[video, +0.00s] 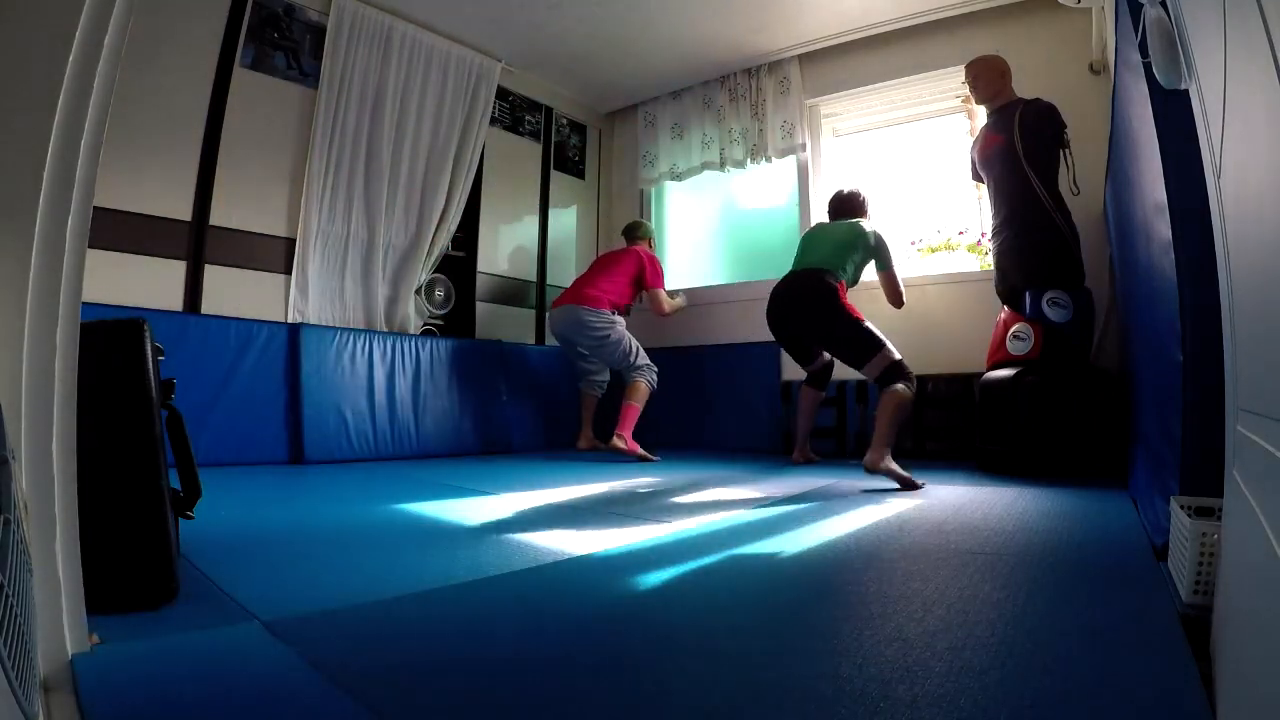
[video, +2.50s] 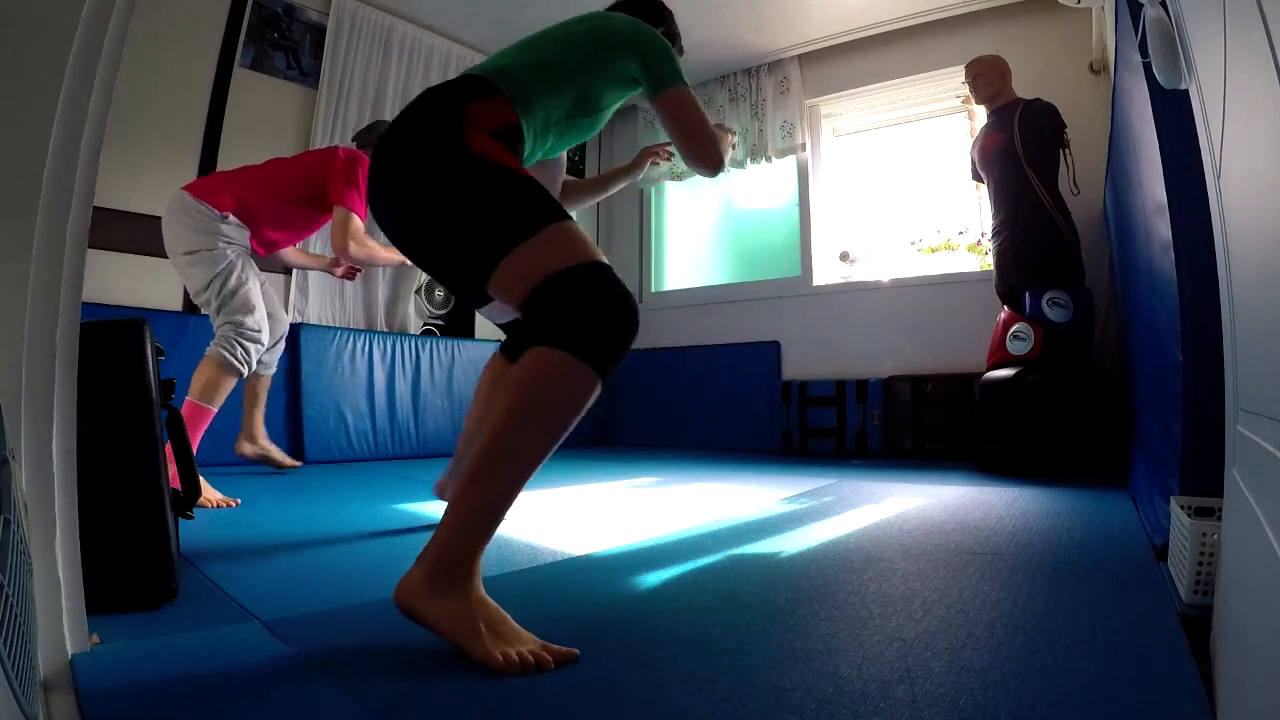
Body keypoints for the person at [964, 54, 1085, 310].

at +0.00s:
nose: (970, 86)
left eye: (975, 77)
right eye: (968, 82)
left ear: (1003, 75)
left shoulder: (1037, 111)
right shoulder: (981, 140)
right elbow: (978, 176)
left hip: (1050, 244)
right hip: (1008, 250)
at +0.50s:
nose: (970, 85)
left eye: (975, 77)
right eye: (967, 81)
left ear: (1003, 75)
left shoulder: (1038, 112)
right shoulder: (981, 140)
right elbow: (977, 174)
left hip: (1050, 244)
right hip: (1008, 252)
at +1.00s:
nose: (970, 85)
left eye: (975, 76)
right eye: (967, 81)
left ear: (1003, 75)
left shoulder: (1037, 112)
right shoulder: (980, 141)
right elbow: (977, 176)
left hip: (1051, 245)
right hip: (1008, 252)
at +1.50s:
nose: (970, 87)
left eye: (975, 78)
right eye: (968, 81)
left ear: (1002, 75)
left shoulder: (1036, 111)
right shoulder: (981, 139)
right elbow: (978, 177)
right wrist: (975, 128)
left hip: (1049, 241)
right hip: (1009, 248)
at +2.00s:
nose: (970, 87)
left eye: (975, 78)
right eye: (968, 82)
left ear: (1002, 75)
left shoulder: (1036, 111)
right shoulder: (982, 137)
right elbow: (977, 175)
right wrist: (974, 123)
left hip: (1048, 240)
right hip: (1008, 246)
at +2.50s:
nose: (971, 85)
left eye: (976, 76)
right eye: (968, 81)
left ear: (1004, 74)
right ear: (969, 90)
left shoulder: (1036, 111)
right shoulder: (980, 140)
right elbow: (978, 176)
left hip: (1050, 244)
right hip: (1008, 252)